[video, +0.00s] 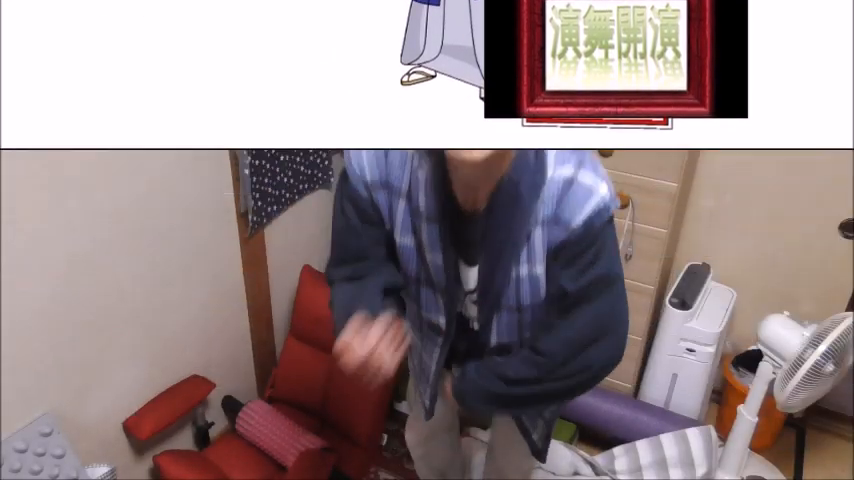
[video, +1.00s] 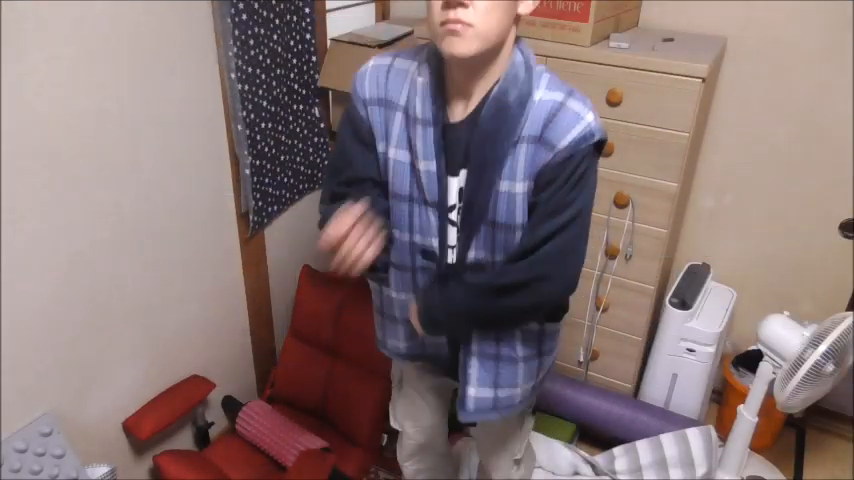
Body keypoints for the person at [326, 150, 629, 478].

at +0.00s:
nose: (467, 114)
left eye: (476, 94)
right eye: (453, 91)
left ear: (521, 114)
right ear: (429, 93)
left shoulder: (574, 190)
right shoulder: (374, 162)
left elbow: (594, 341)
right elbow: (358, 262)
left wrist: (473, 386)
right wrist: (370, 318)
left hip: (528, 359)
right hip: (432, 344)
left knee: (509, 465)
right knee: (426, 446)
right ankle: (442, 473)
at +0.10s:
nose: (453, 151)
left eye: (483, 127)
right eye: (438, 123)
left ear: (531, 141)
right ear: (420, 127)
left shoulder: (572, 234)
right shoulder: (373, 202)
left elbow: (586, 357)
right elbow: (355, 339)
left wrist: (462, 351)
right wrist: (376, 463)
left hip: (524, 365)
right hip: (427, 347)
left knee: (508, 467)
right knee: (426, 456)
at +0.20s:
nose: (443, 206)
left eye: (471, 185)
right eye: (429, 179)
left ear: (518, 197)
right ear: (414, 178)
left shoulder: (562, 277)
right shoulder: (370, 243)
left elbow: (576, 390)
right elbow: (347, 344)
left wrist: (468, 435)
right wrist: (419, 414)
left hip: (508, 412)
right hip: (419, 405)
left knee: (509, 467)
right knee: (424, 466)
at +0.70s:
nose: (434, 124)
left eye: (461, 104)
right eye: (422, 99)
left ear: (510, 120)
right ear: (405, 103)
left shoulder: (547, 217)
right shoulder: (367, 177)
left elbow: (536, 369)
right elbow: (332, 282)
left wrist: (417, 433)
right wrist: (408, 337)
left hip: (499, 386)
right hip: (413, 381)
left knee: (499, 467)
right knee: (420, 466)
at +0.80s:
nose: (442, 56)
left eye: (469, 35)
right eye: (427, 31)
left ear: (516, 55)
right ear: (410, 40)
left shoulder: (551, 169)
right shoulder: (373, 121)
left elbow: (549, 318)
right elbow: (328, 223)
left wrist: (440, 383)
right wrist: (382, 244)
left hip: (502, 376)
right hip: (416, 365)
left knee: (504, 468)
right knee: (420, 467)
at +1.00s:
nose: (453, 5)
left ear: (523, 7)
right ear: (431, 8)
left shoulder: (563, 124)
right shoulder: (380, 85)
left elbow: (547, 282)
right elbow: (349, 190)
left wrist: (436, 306)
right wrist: (348, 239)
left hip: (505, 342)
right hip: (413, 328)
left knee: (500, 462)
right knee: (417, 453)